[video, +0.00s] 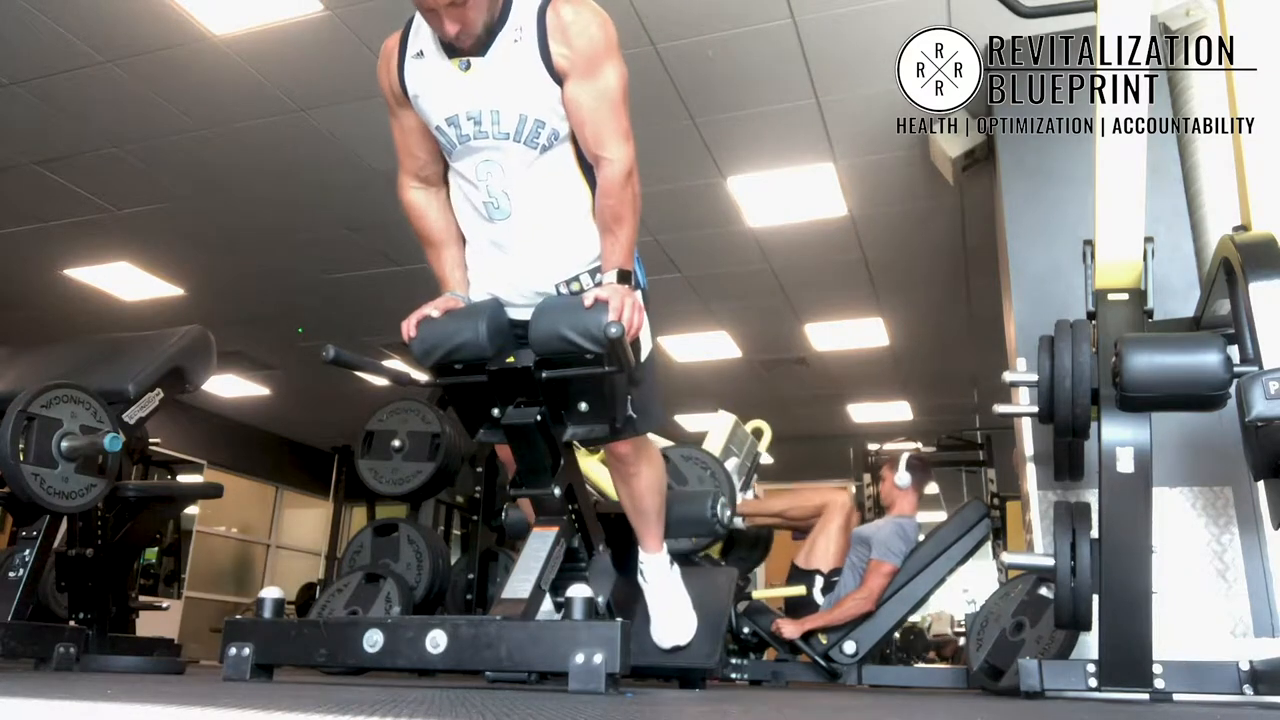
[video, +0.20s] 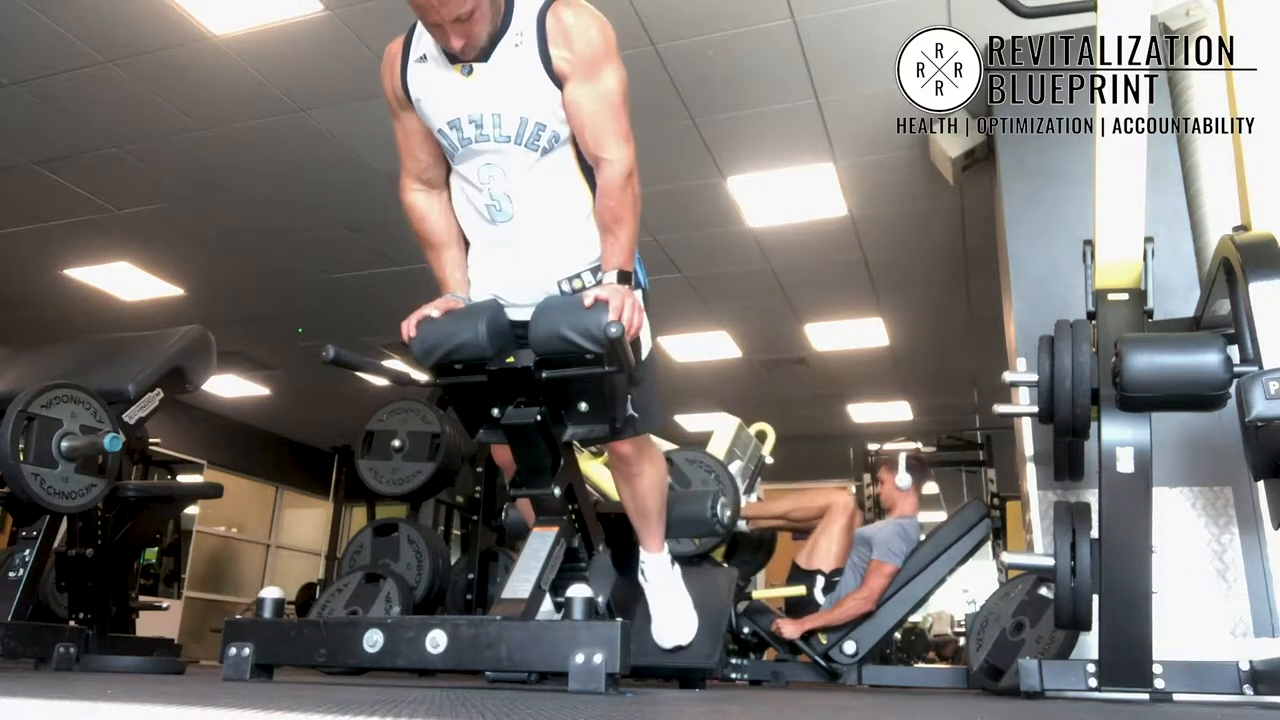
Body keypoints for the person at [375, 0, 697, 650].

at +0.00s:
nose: (444, 23)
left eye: (456, 6)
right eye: (430, 10)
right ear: (414, 5)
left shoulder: (571, 25)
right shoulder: (402, 57)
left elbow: (614, 161)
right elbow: (421, 180)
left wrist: (617, 277)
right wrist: (453, 289)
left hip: (587, 278)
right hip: (489, 292)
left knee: (625, 437)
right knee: (511, 442)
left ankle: (655, 565)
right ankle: (551, 548)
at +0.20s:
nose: (453, 42)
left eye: (464, 21)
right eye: (435, 27)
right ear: (414, 13)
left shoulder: (570, 28)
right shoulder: (404, 62)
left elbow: (614, 162)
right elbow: (423, 183)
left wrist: (618, 277)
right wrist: (454, 290)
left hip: (586, 277)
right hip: (488, 293)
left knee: (626, 438)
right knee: (506, 445)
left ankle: (655, 564)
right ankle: (551, 549)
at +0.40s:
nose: (448, 39)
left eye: (459, 19)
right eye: (432, 26)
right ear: (415, 13)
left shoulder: (569, 27)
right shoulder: (410, 63)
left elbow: (612, 161)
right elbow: (427, 183)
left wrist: (618, 277)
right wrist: (454, 289)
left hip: (588, 278)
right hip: (491, 293)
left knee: (629, 439)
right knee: (505, 444)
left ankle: (659, 565)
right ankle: (550, 545)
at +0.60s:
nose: (454, 31)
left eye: (466, 10)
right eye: (438, 16)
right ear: (420, 7)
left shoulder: (574, 27)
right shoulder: (409, 61)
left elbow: (617, 160)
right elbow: (424, 180)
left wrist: (618, 277)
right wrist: (453, 287)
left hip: (588, 277)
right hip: (491, 292)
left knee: (630, 437)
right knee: (503, 444)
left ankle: (663, 566)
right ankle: (553, 552)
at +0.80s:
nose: (447, 5)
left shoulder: (573, 23)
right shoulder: (406, 52)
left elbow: (618, 158)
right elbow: (418, 176)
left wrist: (618, 274)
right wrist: (451, 283)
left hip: (587, 282)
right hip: (489, 296)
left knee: (634, 434)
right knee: (505, 442)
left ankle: (662, 566)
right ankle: (551, 545)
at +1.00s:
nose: (440, 1)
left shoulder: (572, 24)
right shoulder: (402, 52)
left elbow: (628, 154)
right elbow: (408, 175)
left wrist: (620, 267)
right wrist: (446, 277)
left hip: (582, 282)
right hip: (486, 295)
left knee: (628, 426)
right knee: (510, 436)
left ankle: (659, 566)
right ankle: (550, 543)